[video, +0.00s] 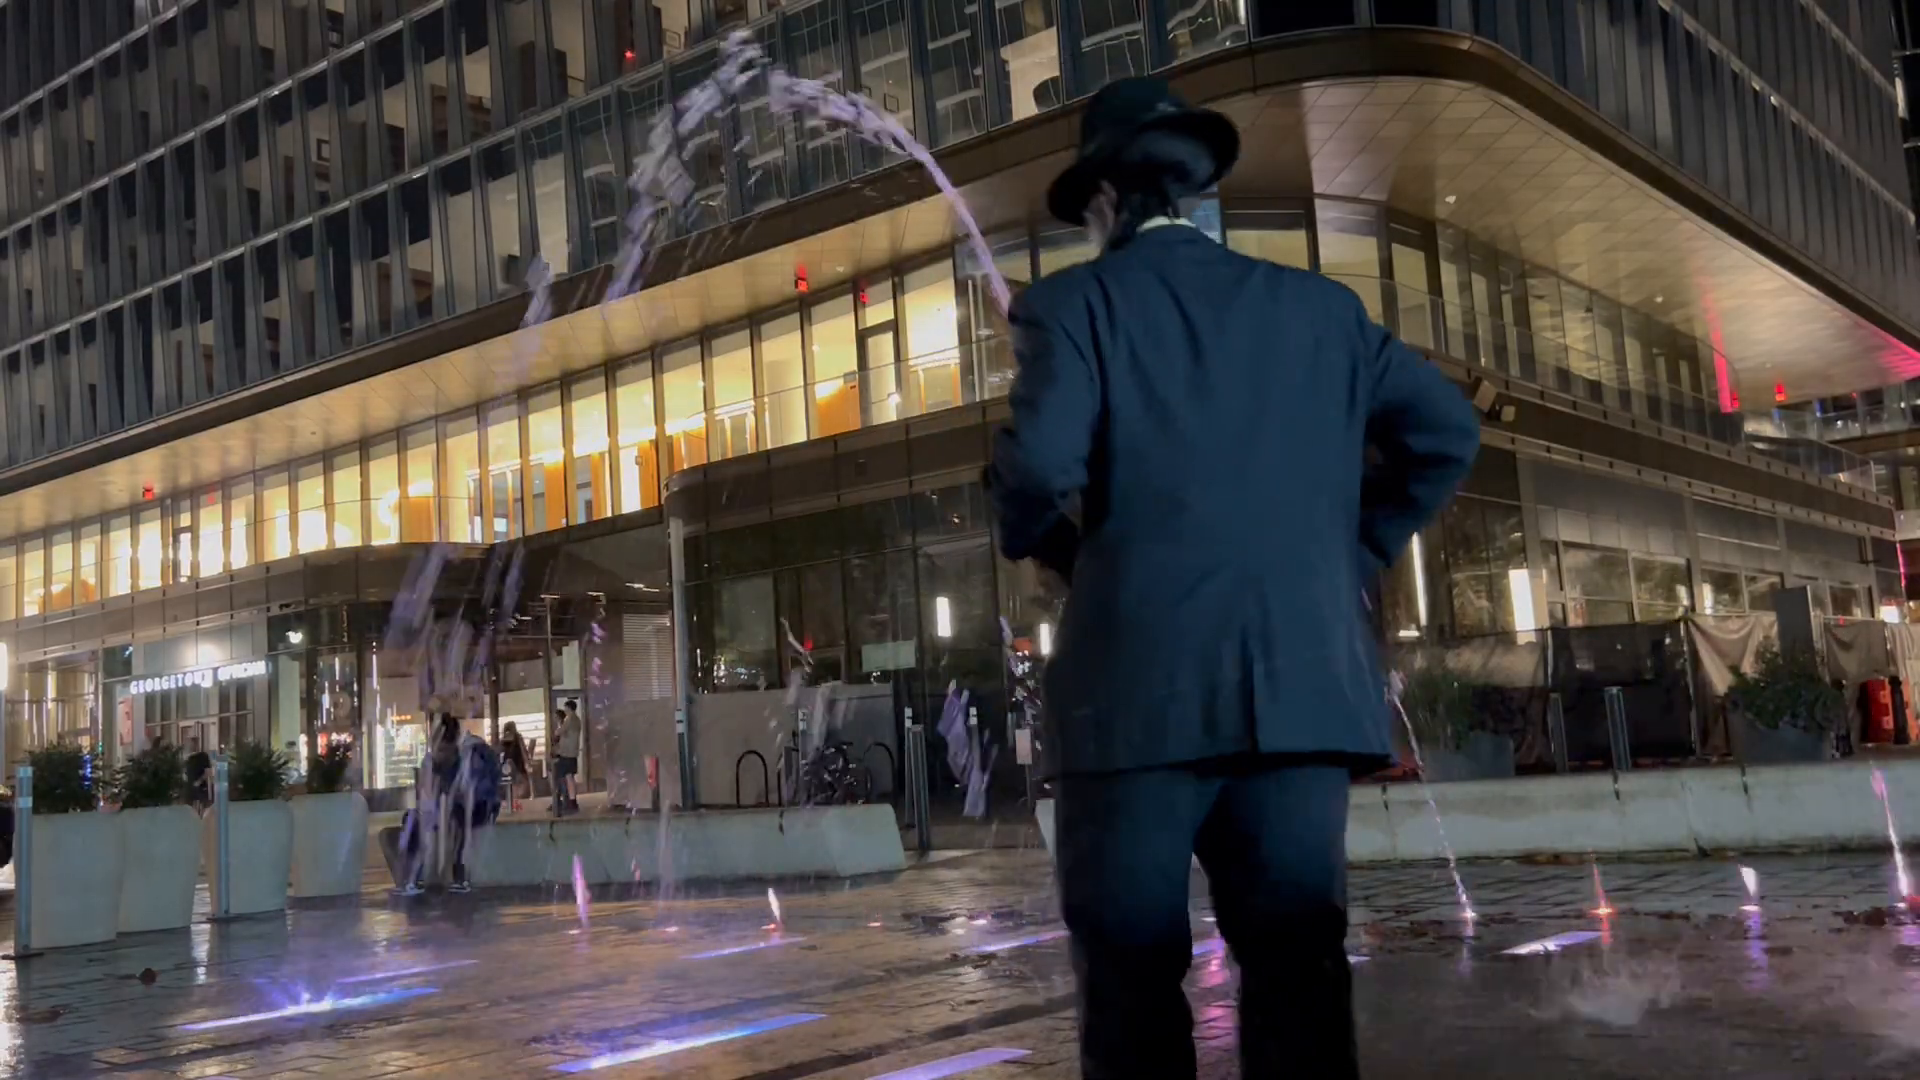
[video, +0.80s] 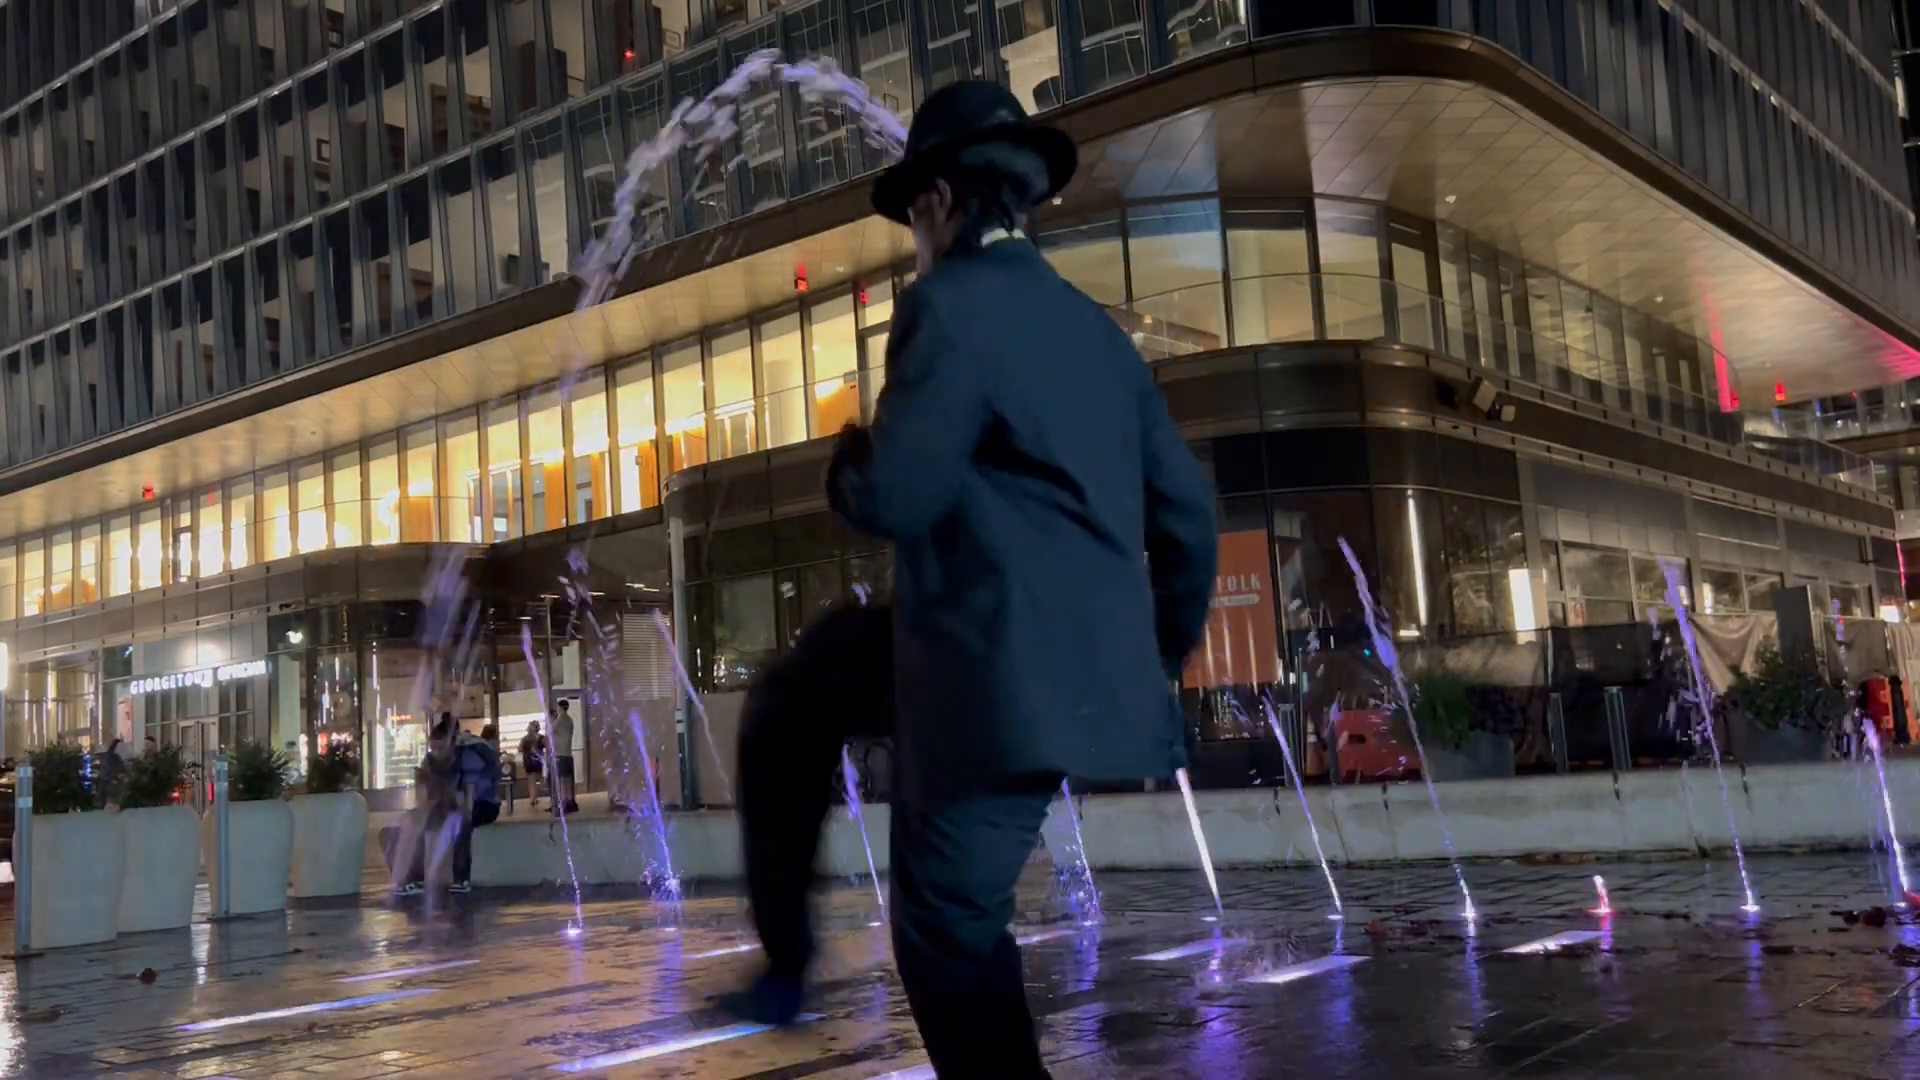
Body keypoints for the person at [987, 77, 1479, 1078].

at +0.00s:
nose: (1089, 227)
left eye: (1090, 206)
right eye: (1088, 208)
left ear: (1110, 200)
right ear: (1210, 200)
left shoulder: (1076, 300)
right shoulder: (1324, 307)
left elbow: (1039, 471)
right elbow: (1447, 429)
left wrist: (1042, 537)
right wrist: (1359, 546)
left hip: (1136, 693)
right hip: (1305, 689)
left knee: (1131, 998)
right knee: (1301, 986)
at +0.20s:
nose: (1024, 240)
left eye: (1026, 218)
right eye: (1026, 219)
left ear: (1050, 215)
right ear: (1133, 212)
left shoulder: (1039, 314)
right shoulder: (1241, 321)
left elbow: (1049, 463)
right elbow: (1345, 462)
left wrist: (999, 534)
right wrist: (1273, 557)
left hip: (1158, 656)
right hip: (1303, 644)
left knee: (1087, 918)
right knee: (1321, 915)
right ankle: (1406, 1078)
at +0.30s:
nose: (991, 267)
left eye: (994, 244)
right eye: (991, 246)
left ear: (1021, 239)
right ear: (1093, 240)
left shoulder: (1033, 331)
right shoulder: (1159, 349)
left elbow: (1092, 487)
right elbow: (1231, 518)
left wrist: (995, 588)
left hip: (1144, 705)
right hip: (1255, 688)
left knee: (1054, 979)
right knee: (1296, 956)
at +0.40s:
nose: (957, 234)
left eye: (959, 210)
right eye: (956, 212)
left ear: (992, 206)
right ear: (1049, 204)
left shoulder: (1022, 292)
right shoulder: (1091, 298)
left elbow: (1090, 451)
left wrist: (985, 576)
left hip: (1095, 694)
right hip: (1149, 681)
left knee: (1017, 949)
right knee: (1143, 936)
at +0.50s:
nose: (952, 218)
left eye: (954, 194)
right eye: (951, 197)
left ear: (986, 188)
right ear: (1048, 186)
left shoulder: (1008, 277)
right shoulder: (1100, 288)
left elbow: (1035, 469)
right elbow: (1135, 488)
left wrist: (941, 573)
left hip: (1063, 663)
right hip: (1123, 650)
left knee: (994, 939)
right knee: (1018, 931)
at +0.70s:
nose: (915, 245)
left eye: (917, 222)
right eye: (914, 225)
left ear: (953, 212)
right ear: (1020, 211)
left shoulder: (953, 315)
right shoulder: (1101, 327)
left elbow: (927, 518)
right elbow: (1186, 511)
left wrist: (854, 538)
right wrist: (1121, 614)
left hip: (1017, 669)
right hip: (1110, 661)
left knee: (959, 929)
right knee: (846, 672)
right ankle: (656, 811)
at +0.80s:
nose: (912, 232)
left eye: (913, 209)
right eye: (911, 212)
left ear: (942, 200)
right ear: (1019, 203)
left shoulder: (952, 301)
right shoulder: (1097, 327)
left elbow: (897, 500)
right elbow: (1189, 512)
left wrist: (848, 461)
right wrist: (1157, 652)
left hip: (1004, 661)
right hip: (1099, 657)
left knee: (946, 924)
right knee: (796, 690)